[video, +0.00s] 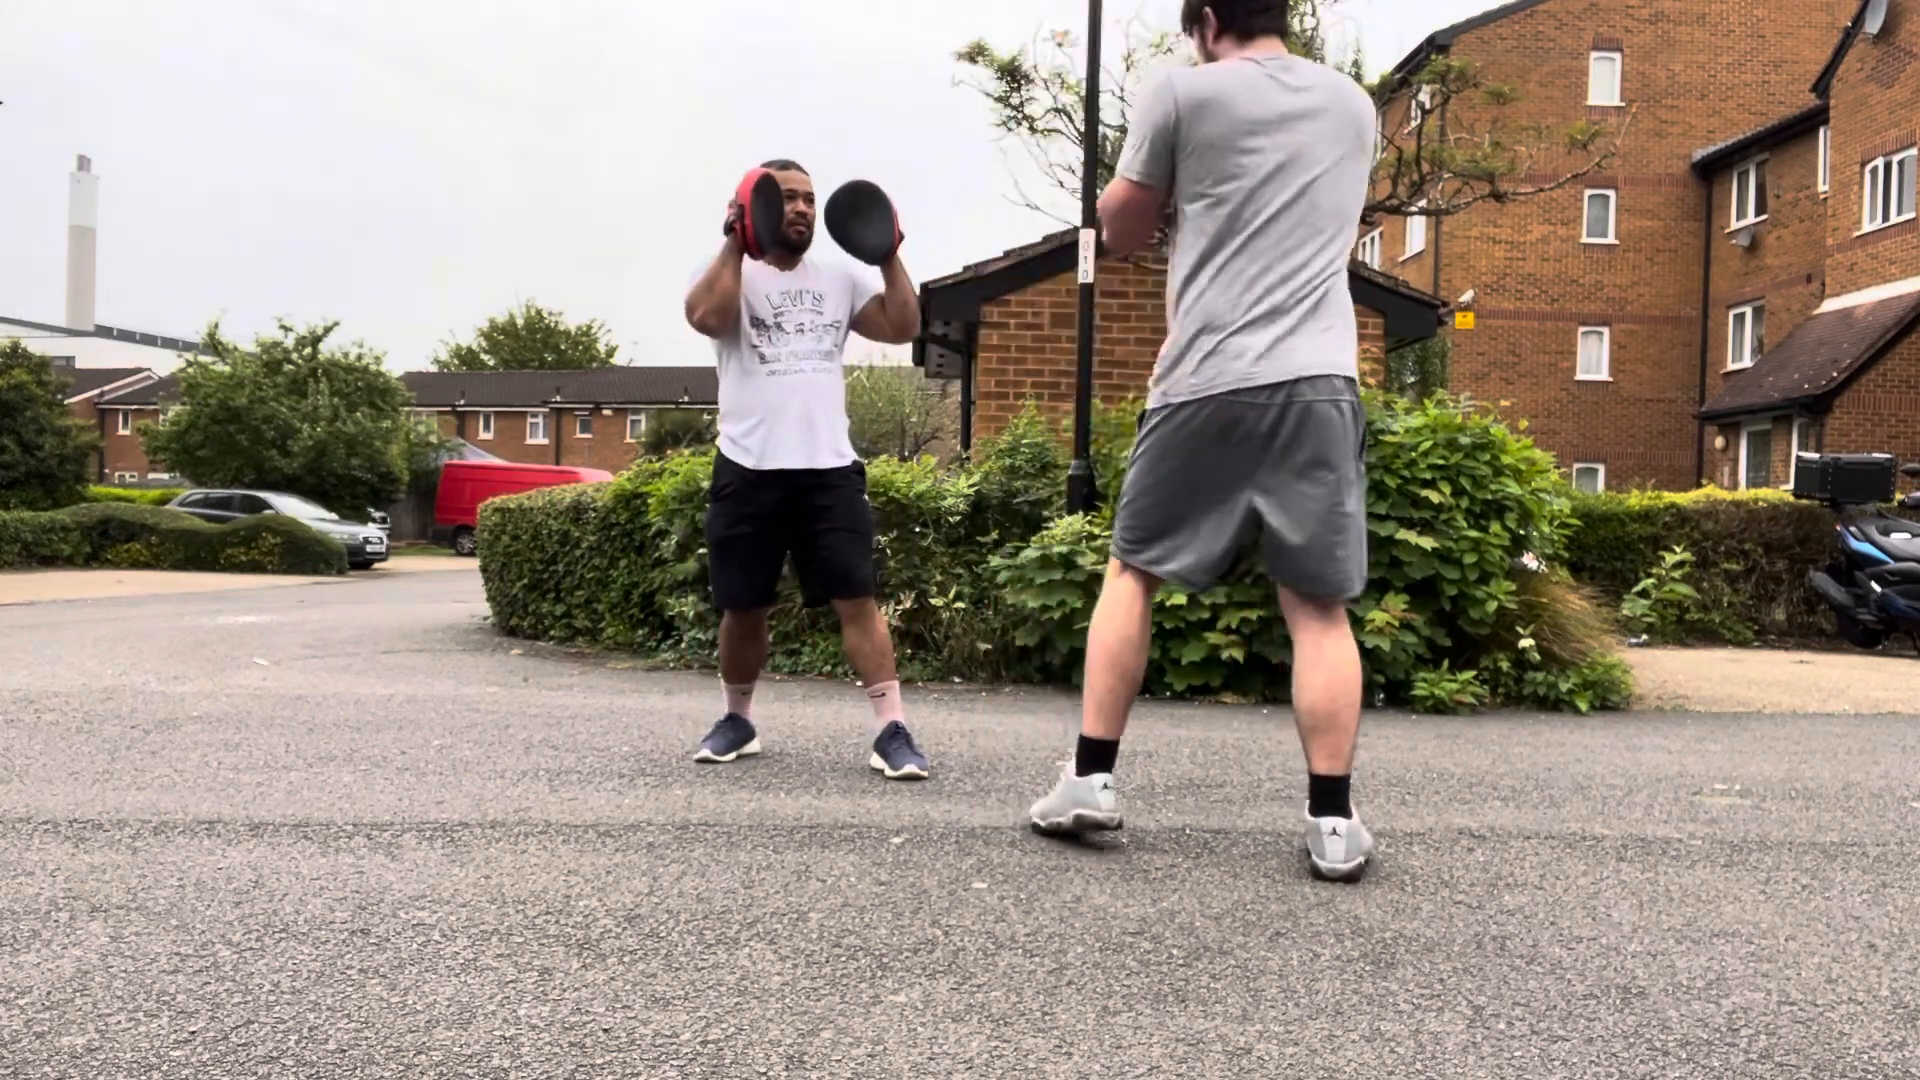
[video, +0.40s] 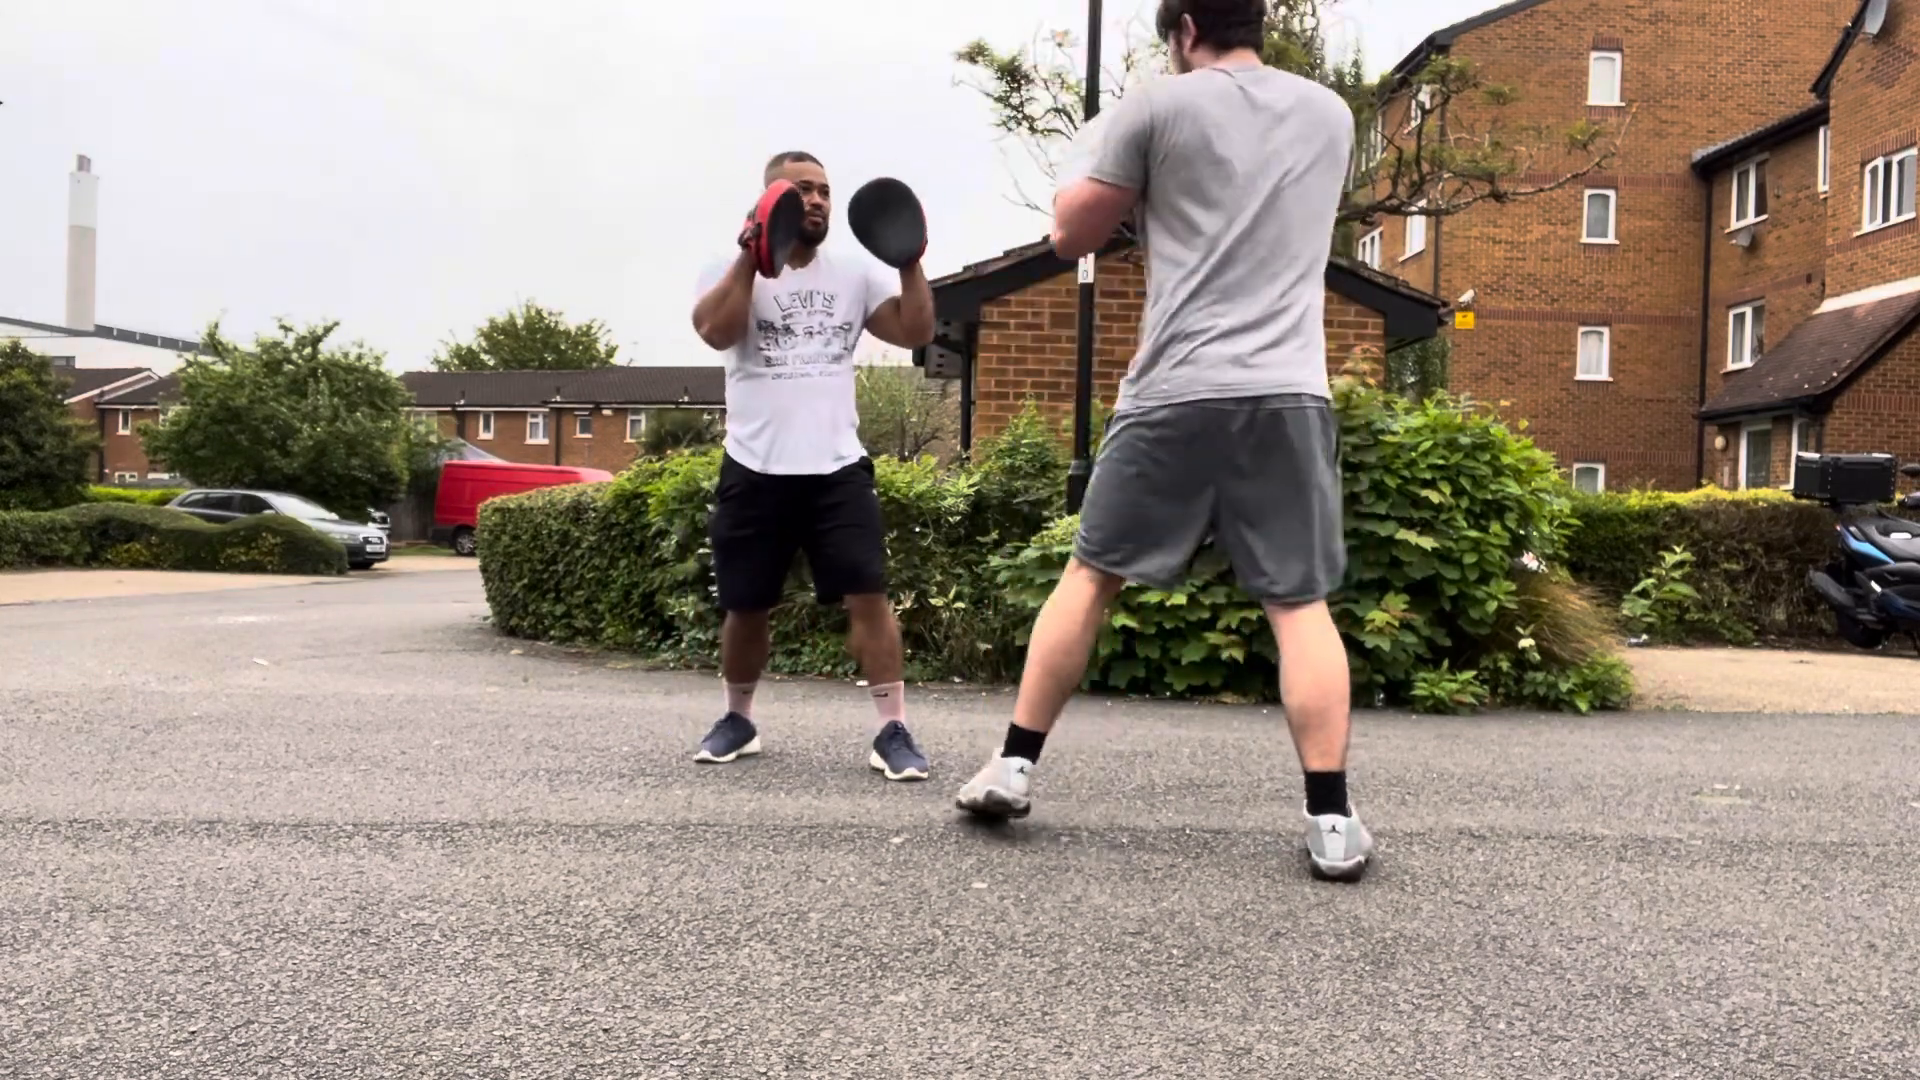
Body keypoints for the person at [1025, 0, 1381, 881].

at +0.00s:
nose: (1188, 41)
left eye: (1188, 28)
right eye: (1191, 30)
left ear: (1206, 21)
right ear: (1284, 20)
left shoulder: (1179, 88)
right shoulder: (1355, 105)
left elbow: (1122, 230)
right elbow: (1322, 212)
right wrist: (1177, 209)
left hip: (1206, 380)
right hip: (1319, 378)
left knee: (1132, 572)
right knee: (1320, 606)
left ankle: (1090, 782)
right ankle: (1333, 826)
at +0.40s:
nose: (1173, 47)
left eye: (1173, 33)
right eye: (1180, 36)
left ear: (1185, 31)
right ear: (1261, 30)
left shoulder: (1157, 107)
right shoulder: (1331, 113)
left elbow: (1073, 232)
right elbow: (1279, 201)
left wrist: (1133, 176)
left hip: (1175, 392)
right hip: (1292, 394)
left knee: (1092, 575)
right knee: (1300, 601)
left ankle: (1014, 766)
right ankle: (1333, 823)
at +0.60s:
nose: (1079, 72)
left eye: (1079, 58)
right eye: (1082, 59)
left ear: (1093, 53)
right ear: (1168, 47)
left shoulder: (1057, 128)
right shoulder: (1240, 116)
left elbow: (954, 199)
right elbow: (1274, 245)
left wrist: (938, 170)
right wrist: (1195, 218)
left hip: (1098, 398)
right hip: (1218, 393)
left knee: (1044, 580)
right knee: (1272, 590)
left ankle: (1002, 778)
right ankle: (1333, 796)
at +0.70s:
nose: (1027, 77)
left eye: (1027, 64)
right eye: (1029, 64)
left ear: (1043, 60)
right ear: (1114, 48)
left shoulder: (1016, 136)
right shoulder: (1195, 118)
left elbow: (939, 232)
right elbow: (1223, 243)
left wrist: (923, 203)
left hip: (1088, 389)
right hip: (1204, 383)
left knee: (1033, 583)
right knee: (1251, 582)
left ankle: (1000, 787)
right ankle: (1325, 785)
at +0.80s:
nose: (992, 85)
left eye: (991, 73)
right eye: (991, 74)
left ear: (1008, 67)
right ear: (1083, 57)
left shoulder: (995, 142)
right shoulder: (1157, 120)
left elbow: (936, 283)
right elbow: (1161, 225)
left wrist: (942, 297)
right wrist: (1032, 251)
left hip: (1101, 374)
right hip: (1211, 368)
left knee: (1034, 580)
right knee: (1248, 579)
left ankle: (999, 787)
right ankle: (1323, 792)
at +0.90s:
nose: (971, 109)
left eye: (966, 94)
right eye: (968, 95)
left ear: (985, 84)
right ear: (1047, 72)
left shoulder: (1009, 161)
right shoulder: (1103, 134)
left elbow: (977, 326)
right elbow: (975, 185)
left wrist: (952, 324)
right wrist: (892, 184)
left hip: (1117, 381)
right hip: (1218, 364)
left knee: (1038, 580)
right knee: (1256, 577)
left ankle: (1003, 788)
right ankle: (1336, 794)